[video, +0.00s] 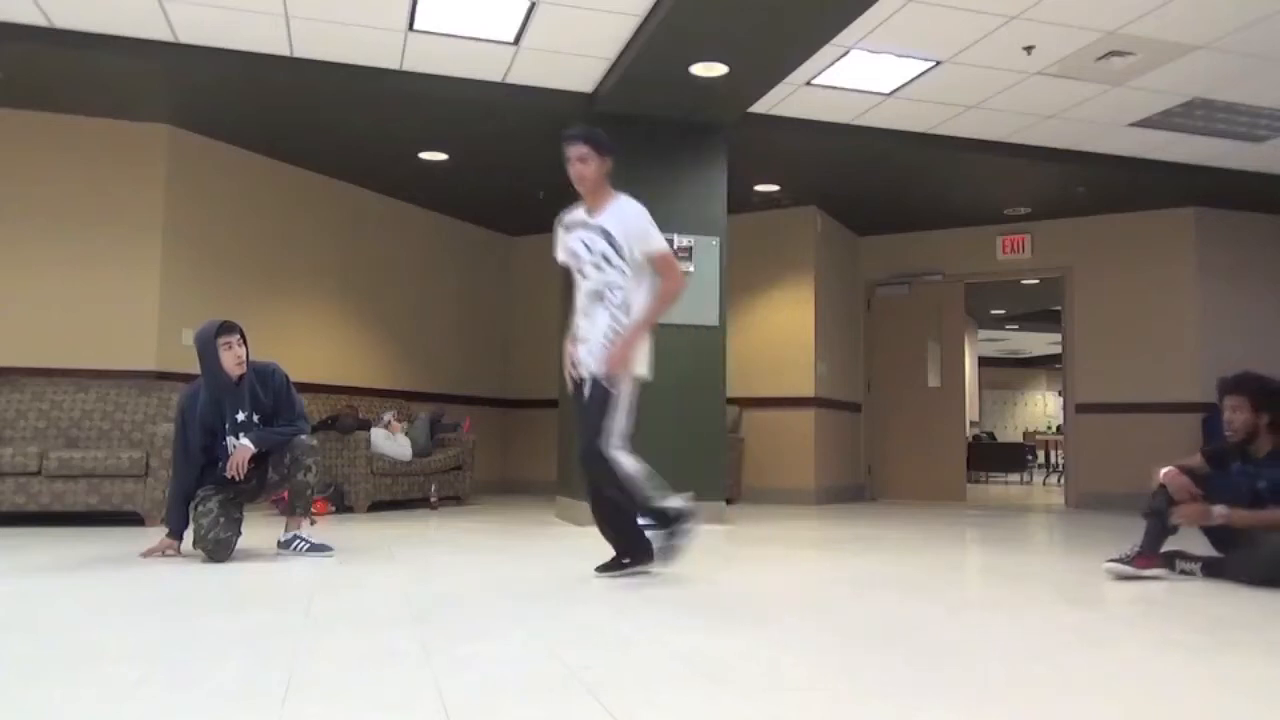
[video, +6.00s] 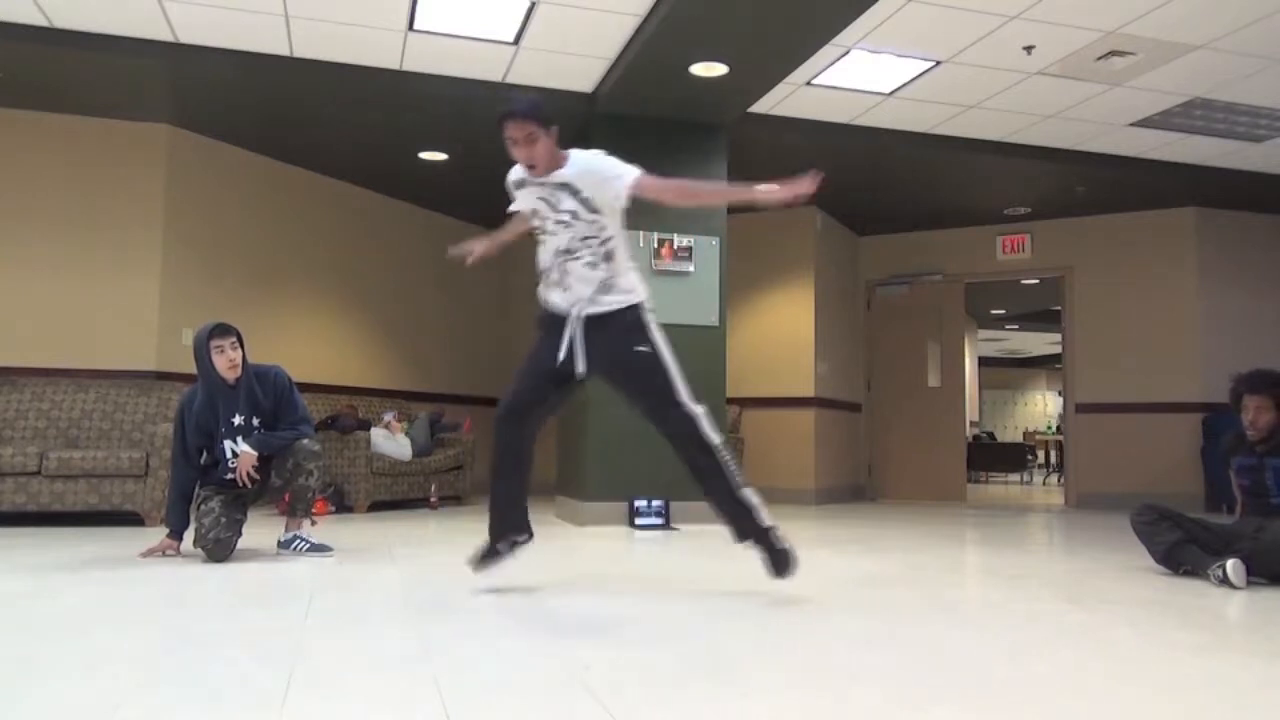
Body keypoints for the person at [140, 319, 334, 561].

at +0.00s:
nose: (239, 353)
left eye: (240, 344)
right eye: (227, 347)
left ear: (246, 347)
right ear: (210, 356)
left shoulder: (269, 377)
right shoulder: (194, 400)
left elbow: (299, 426)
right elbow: (185, 469)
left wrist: (252, 442)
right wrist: (174, 534)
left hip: (263, 474)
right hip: (217, 488)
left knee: (304, 448)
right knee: (216, 550)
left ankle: (292, 534)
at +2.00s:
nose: (231, 356)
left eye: (234, 347)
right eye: (220, 351)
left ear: (242, 349)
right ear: (205, 359)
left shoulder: (271, 379)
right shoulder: (194, 403)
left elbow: (302, 428)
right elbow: (184, 470)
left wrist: (253, 445)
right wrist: (174, 535)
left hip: (264, 476)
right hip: (218, 489)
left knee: (307, 449)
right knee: (215, 549)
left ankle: (292, 534)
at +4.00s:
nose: (230, 357)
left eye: (234, 348)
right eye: (219, 352)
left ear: (242, 350)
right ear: (205, 359)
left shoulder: (272, 379)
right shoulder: (194, 403)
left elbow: (303, 429)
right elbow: (184, 470)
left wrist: (254, 447)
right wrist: (174, 535)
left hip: (265, 477)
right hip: (219, 488)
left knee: (307, 450)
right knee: (215, 549)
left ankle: (292, 534)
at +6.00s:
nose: (231, 356)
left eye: (234, 347)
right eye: (220, 351)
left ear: (243, 350)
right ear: (205, 360)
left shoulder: (272, 380)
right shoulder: (194, 403)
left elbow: (304, 430)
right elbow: (184, 470)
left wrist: (256, 444)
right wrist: (174, 535)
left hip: (267, 476)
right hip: (221, 488)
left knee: (307, 450)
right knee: (215, 549)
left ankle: (292, 534)